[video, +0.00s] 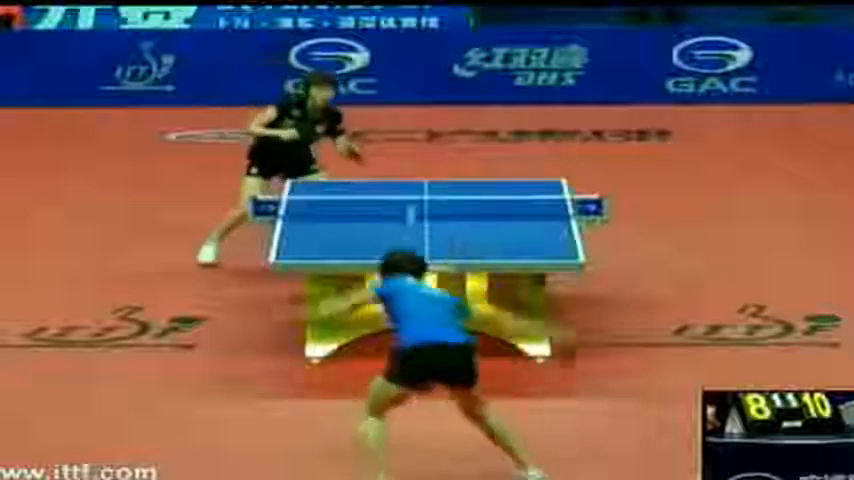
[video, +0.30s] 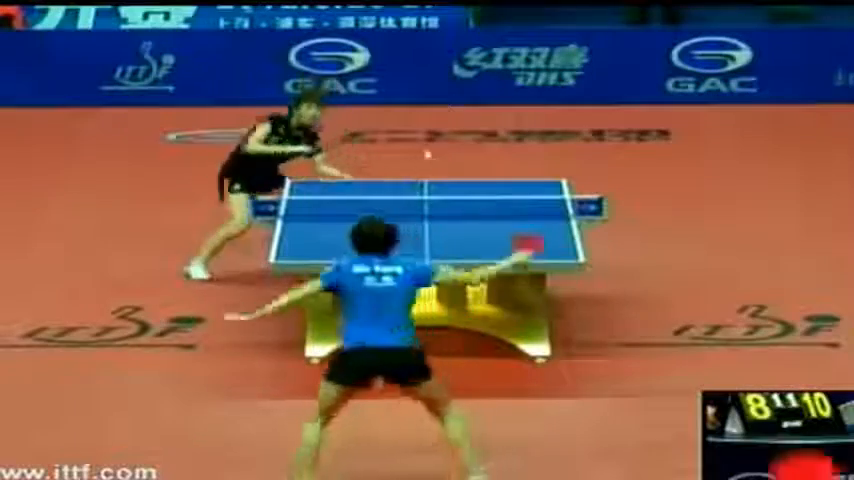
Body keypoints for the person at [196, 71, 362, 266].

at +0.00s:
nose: (324, 96)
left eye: (328, 91)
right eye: (320, 90)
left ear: (333, 94)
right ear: (309, 90)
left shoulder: (331, 117)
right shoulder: (287, 106)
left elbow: (340, 142)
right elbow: (253, 128)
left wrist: (349, 150)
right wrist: (280, 133)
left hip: (298, 159)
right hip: (266, 158)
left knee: (327, 196)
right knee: (250, 207)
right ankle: (213, 241)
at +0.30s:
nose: (314, 114)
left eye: (316, 109)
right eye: (309, 108)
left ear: (319, 113)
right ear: (297, 109)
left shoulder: (310, 138)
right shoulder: (273, 124)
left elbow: (320, 167)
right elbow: (250, 147)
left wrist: (342, 176)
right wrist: (288, 149)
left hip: (268, 176)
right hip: (240, 173)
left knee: (298, 207)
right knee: (241, 221)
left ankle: (296, 261)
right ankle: (198, 263)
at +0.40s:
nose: (316, 116)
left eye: (320, 111)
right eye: (312, 110)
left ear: (322, 114)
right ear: (299, 109)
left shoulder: (306, 136)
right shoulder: (277, 124)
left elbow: (315, 167)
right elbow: (267, 148)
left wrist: (342, 179)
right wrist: (310, 150)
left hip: (261, 176)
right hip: (235, 176)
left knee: (302, 194)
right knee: (243, 226)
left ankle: (294, 254)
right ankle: (198, 263)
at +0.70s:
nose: (350, 91)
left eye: (350, 86)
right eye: (346, 86)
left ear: (340, 89)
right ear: (332, 87)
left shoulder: (330, 109)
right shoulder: (310, 104)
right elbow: (280, 107)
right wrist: (292, 117)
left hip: (303, 162)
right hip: (276, 161)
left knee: (333, 191)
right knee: (260, 212)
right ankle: (215, 251)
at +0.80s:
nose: (338, 82)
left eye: (341, 78)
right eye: (335, 76)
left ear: (341, 81)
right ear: (323, 73)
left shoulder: (331, 98)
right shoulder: (289, 90)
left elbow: (342, 127)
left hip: (312, 150)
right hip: (281, 150)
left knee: (337, 194)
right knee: (262, 198)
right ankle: (229, 240)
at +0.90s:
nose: (317, 64)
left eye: (320, 58)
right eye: (313, 58)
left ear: (322, 60)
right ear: (301, 58)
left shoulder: (326, 79)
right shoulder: (277, 77)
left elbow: (339, 62)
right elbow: (233, 97)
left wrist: (316, 43)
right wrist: (252, 86)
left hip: (320, 145)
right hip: (285, 145)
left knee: (346, 191)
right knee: (257, 188)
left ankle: (349, 235)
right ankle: (230, 223)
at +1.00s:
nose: (296, 59)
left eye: (302, 54)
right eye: (291, 54)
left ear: (310, 55)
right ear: (284, 55)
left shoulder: (318, 74)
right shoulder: (274, 79)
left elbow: (314, 50)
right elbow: (233, 99)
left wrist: (283, 40)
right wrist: (240, 92)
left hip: (321, 138)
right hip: (287, 139)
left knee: (344, 191)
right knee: (257, 188)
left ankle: (347, 238)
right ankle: (231, 225)